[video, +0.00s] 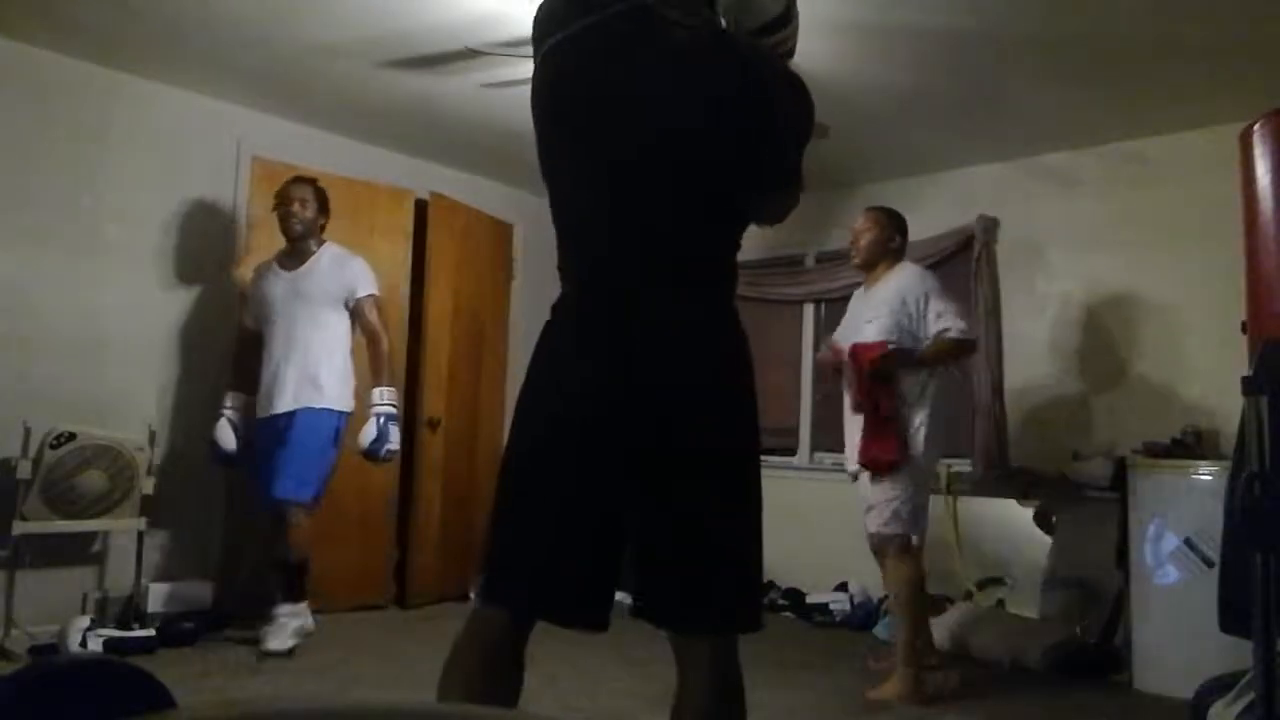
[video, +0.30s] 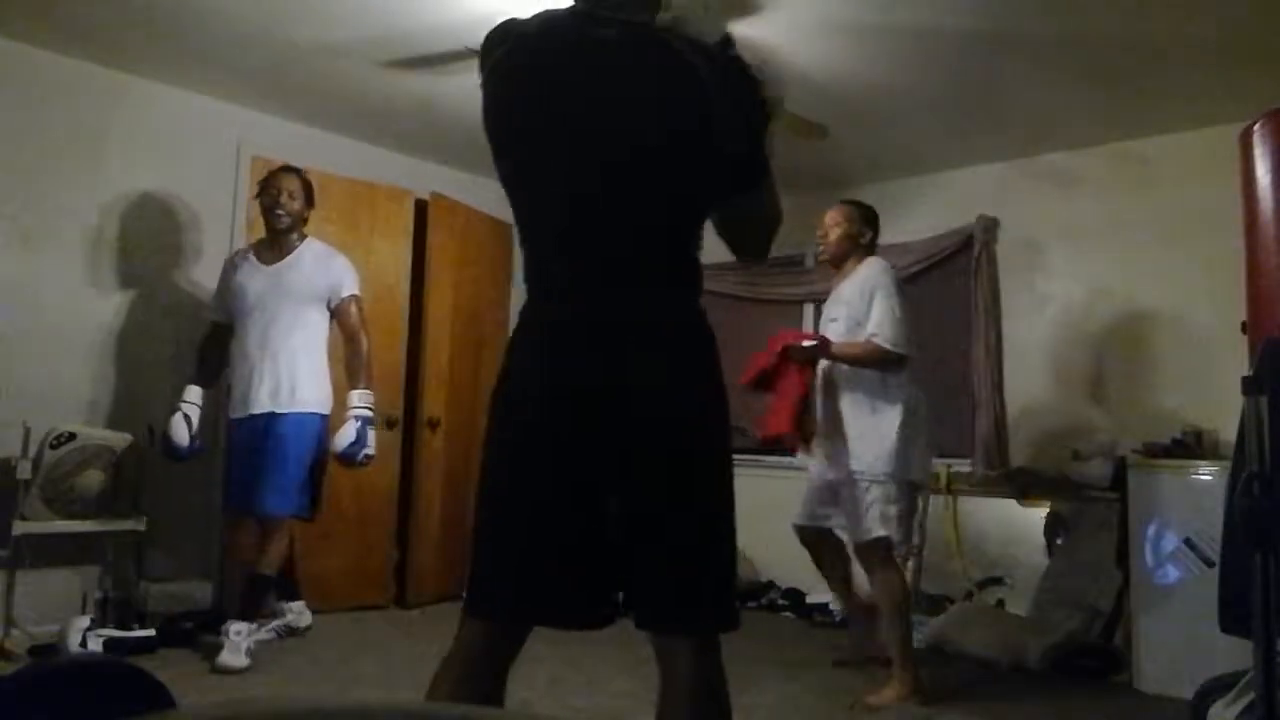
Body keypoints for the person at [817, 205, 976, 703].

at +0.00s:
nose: (851, 242)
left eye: (861, 232)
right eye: (852, 234)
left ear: (892, 238)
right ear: (867, 243)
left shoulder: (915, 280)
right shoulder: (861, 295)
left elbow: (960, 338)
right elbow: (849, 352)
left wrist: (901, 360)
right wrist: (833, 361)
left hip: (905, 441)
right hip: (870, 442)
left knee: (895, 544)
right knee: (884, 542)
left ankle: (906, 672)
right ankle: (917, 650)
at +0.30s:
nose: (820, 237)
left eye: (830, 229)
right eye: (821, 229)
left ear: (861, 236)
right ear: (848, 238)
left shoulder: (878, 274)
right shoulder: (842, 286)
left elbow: (890, 349)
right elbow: (843, 364)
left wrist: (824, 350)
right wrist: (798, 361)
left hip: (881, 447)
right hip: (842, 445)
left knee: (875, 550)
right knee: (812, 526)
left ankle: (903, 677)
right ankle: (860, 617)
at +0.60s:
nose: (782, 245)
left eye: (791, 236)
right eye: (781, 238)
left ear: (821, 244)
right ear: (791, 248)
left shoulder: (846, 284)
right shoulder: (793, 300)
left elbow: (875, 356)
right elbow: (796, 364)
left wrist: (807, 370)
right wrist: (762, 363)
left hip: (841, 436)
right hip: (798, 436)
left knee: (827, 538)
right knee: (780, 539)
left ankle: (889, 662)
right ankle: (793, 645)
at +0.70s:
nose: (773, 242)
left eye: (782, 233)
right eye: (772, 234)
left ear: (812, 239)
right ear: (782, 244)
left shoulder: (839, 280)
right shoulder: (782, 296)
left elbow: (876, 347)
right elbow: (780, 363)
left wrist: (814, 365)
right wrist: (755, 356)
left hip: (834, 426)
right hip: (793, 428)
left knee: (813, 530)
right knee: (782, 536)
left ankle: (873, 656)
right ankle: (793, 643)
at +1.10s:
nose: (771, 232)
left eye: (781, 224)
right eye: (770, 225)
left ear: (810, 233)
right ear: (771, 235)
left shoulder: (830, 278)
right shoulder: (769, 293)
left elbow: (846, 355)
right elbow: (768, 361)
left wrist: (772, 357)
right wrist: (739, 366)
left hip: (813, 442)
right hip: (769, 441)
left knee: (807, 546)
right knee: (760, 545)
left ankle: (835, 674)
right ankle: (787, 639)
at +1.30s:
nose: (755, 221)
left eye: (767, 213)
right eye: (756, 214)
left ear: (799, 226)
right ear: (769, 229)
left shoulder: (819, 272)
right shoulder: (759, 287)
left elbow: (841, 347)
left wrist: (763, 357)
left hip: (805, 444)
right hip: (757, 442)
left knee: (808, 546)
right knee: (730, 533)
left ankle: (835, 675)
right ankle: (752, 641)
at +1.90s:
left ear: (730, 225)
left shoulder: (760, 272)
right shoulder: (683, 276)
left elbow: (797, 344)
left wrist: (776, 394)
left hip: (750, 430)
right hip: (697, 429)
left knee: (752, 540)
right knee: (702, 542)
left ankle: (784, 648)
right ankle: (701, 655)